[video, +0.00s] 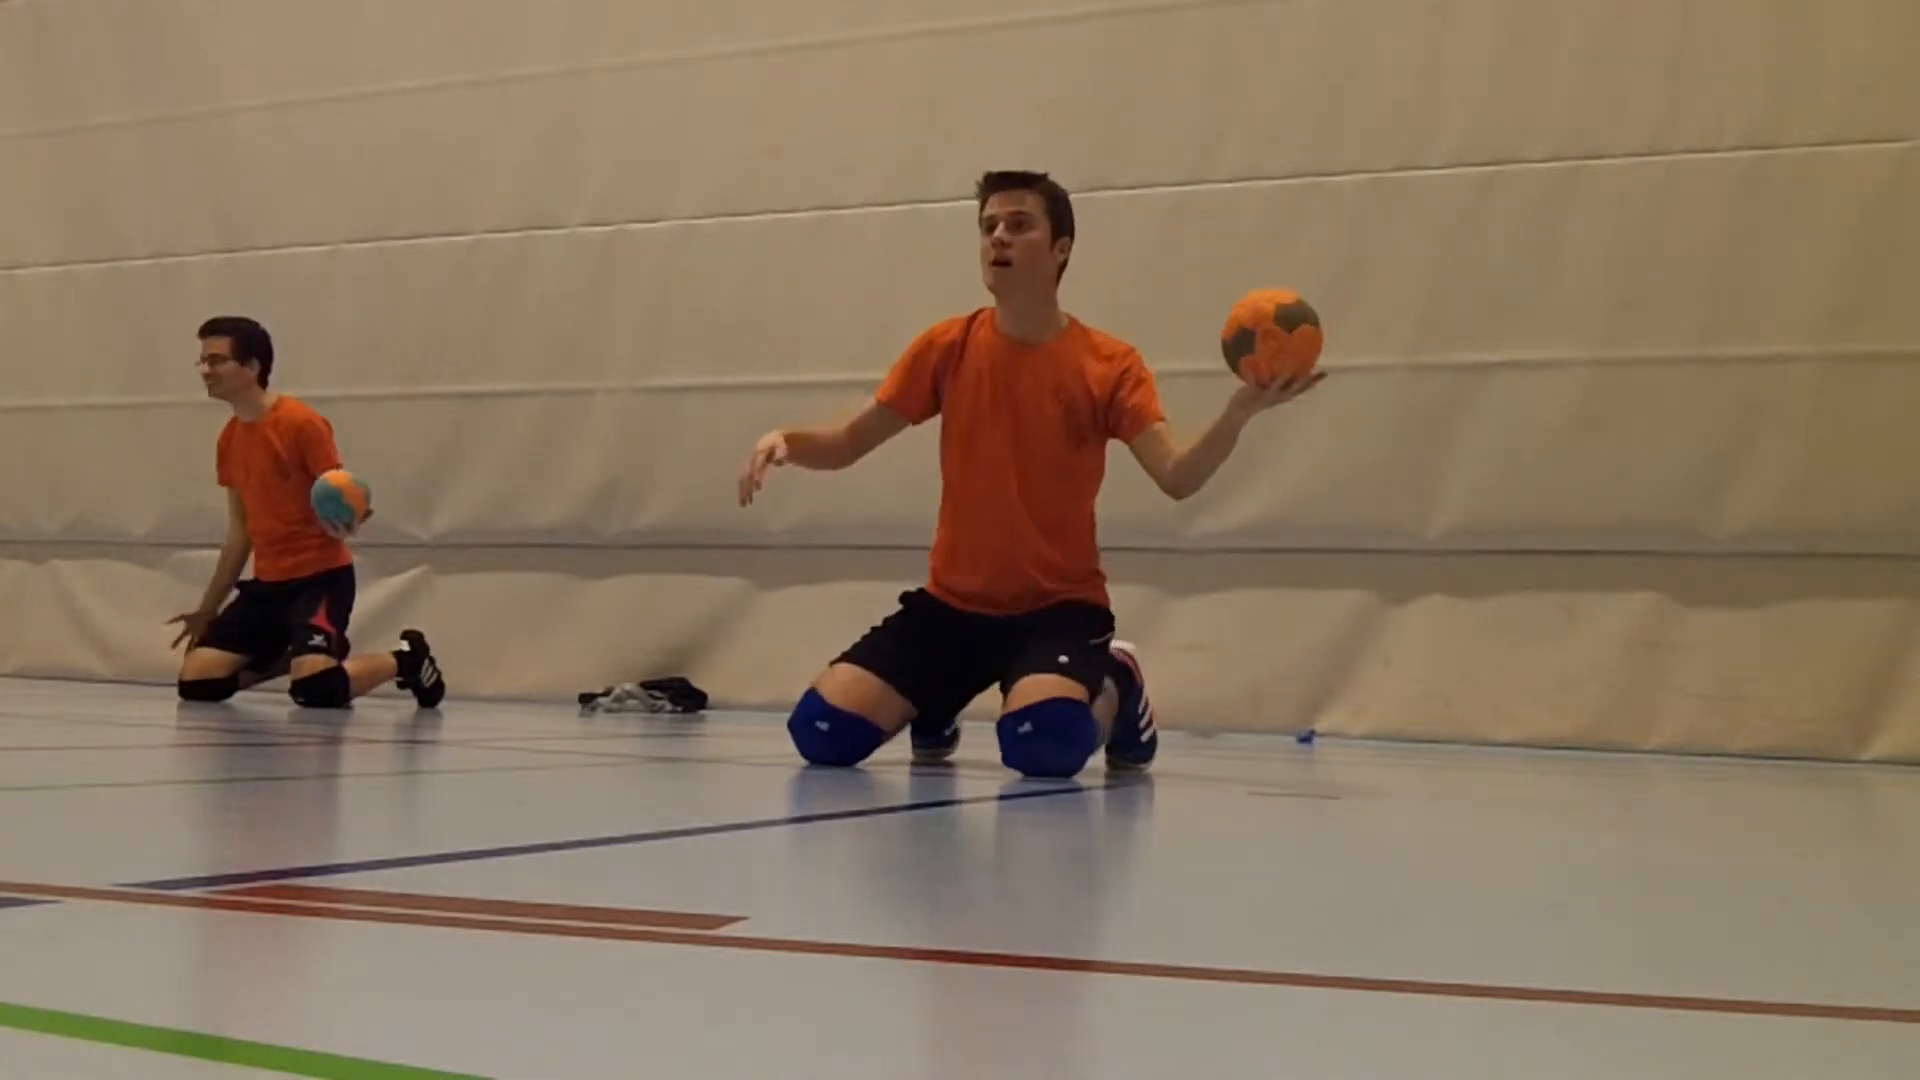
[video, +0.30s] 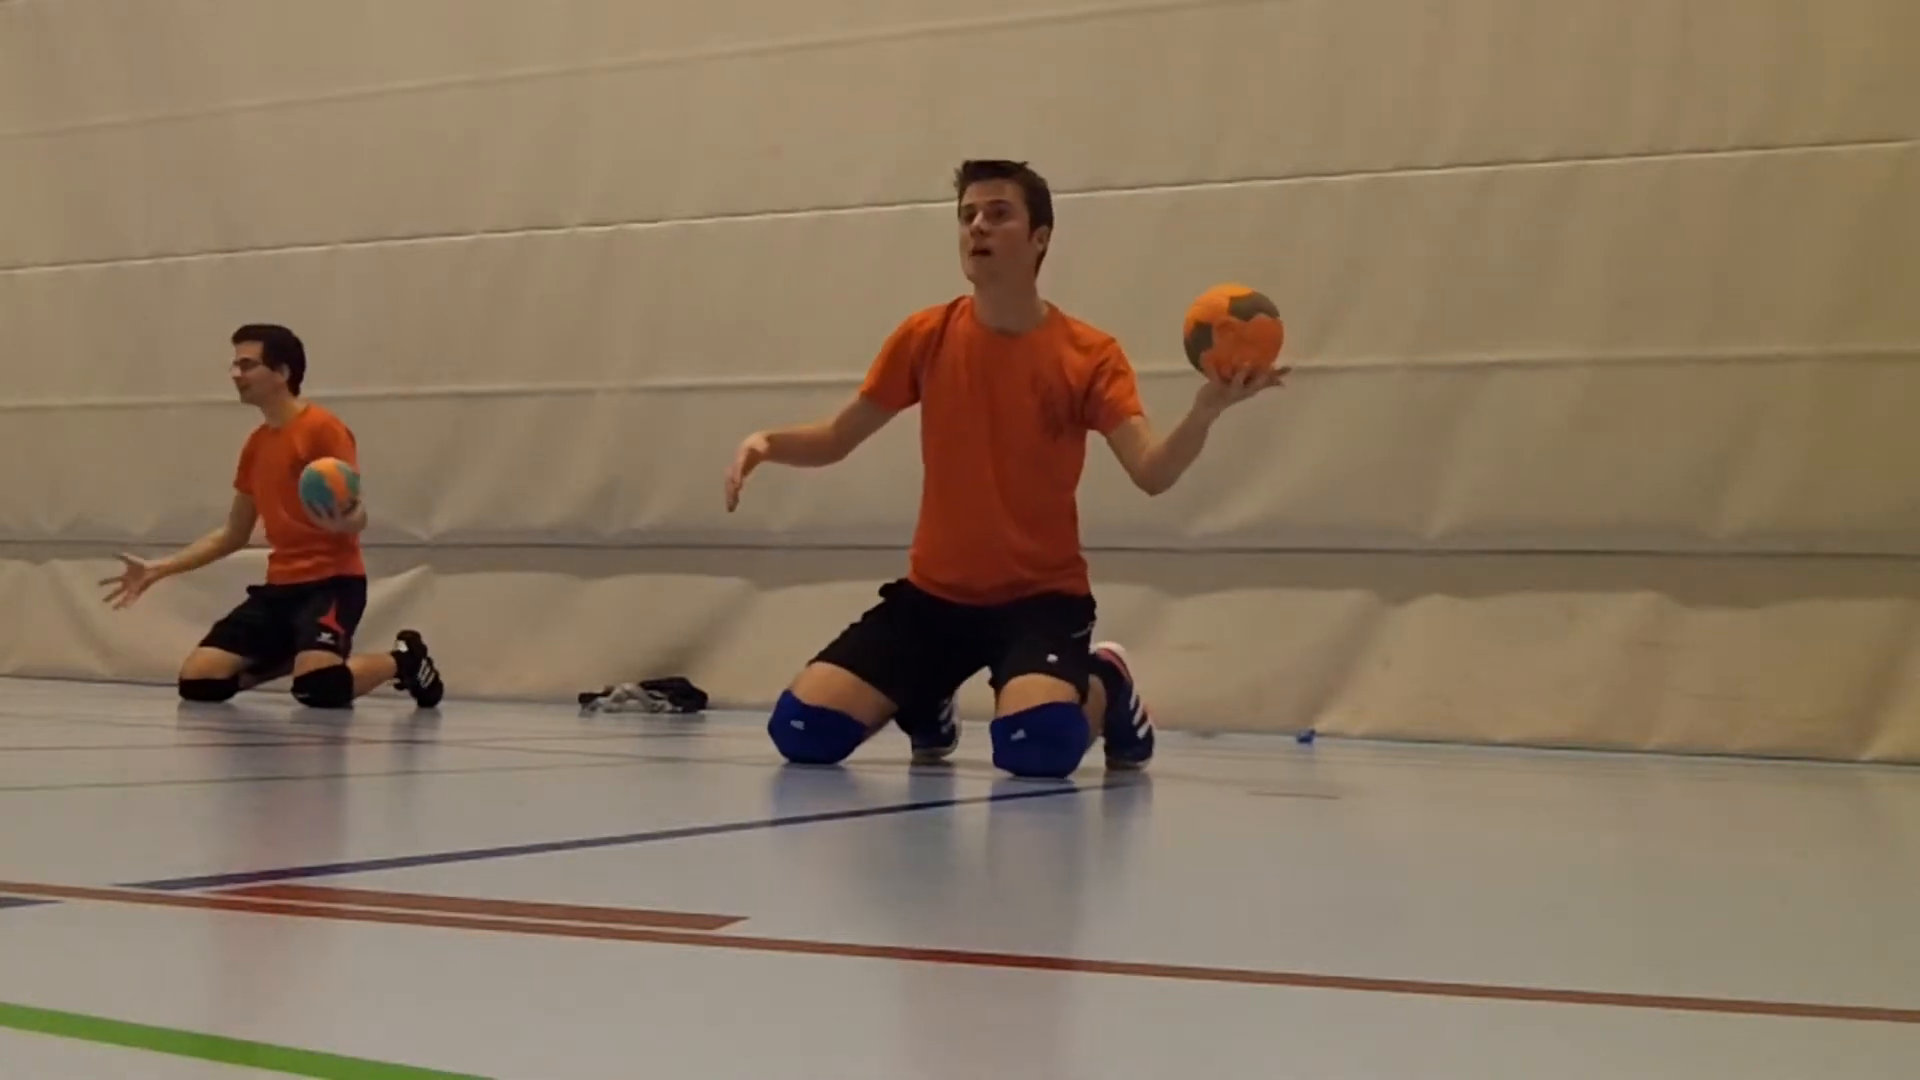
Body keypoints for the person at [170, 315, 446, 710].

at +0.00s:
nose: (205, 370)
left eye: (216, 360)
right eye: (203, 361)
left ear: (253, 367)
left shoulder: (301, 424)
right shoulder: (231, 438)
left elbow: (343, 502)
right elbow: (239, 534)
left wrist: (346, 521)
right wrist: (206, 611)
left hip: (323, 580)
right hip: (268, 584)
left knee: (314, 689)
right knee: (198, 684)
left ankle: (407, 660)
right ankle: (299, 656)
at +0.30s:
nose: (235, 375)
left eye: (246, 366)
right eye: (234, 365)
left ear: (282, 373)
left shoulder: (324, 430)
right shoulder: (257, 446)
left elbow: (357, 517)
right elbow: (233, 535)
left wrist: (345, 524)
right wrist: (158, 569)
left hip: (332, 583)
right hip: (280, 586)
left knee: (315, 687)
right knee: (197, 683)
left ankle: (404, 660)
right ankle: (306, 657)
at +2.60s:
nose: (247, 374)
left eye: (257, 363)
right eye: (245, 364)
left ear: (293, 368)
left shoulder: (334, 425)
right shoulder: (262, 440)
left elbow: (374, 495)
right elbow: (262, 535)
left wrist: (412, 512)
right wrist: (213, 602)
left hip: (336, 586)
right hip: (283, 589)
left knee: (295, 688)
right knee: (211, 684)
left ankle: (370, 662)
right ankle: (318, 660)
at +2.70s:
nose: (246, 378)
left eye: (256, 368)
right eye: (245, 369)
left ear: (292, 374)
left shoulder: (331, 427)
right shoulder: (263, 445)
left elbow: (371, 497)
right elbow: (258, 542)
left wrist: (402, 510)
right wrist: (205, 598)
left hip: (336, 589)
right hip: (283, 591)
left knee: (303, 688)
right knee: (204, 685)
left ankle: (372, 662)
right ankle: (312, 656)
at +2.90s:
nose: (226, 394)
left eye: (236, 384)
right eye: (225, 385)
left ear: (272, 391)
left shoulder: (316, 439)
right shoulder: (244, 472)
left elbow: (354, 501)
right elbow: (201, 545)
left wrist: (379, 496)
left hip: (338, 595)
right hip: (286, 602)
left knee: (323, 690)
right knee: (192, 679)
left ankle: (380, 663)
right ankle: (303, 658)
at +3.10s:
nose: (197, 400)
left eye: (205, 389)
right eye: (198, 390)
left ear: (236, 391)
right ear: (226, 393)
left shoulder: (289, 433)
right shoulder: (217, 464)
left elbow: (331, 500)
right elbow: (168, 513)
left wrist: (351, 484)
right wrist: (94, 500)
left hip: (326, 586)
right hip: (275, 600)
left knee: (340, 686)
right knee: (187, 681)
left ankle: (435, 670)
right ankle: (303, 660)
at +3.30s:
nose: (212, 387)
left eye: (217, 376)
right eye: (213, 377)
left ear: (244, 377)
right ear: (241, 378)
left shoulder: (297, 426)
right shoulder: (248, 448)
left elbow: (330, 504)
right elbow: (276, 521)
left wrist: (327, 469)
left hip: (321, 584)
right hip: (272, 592)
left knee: (321, 687)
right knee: (187, 681)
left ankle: (410, 668)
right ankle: (299, 657)